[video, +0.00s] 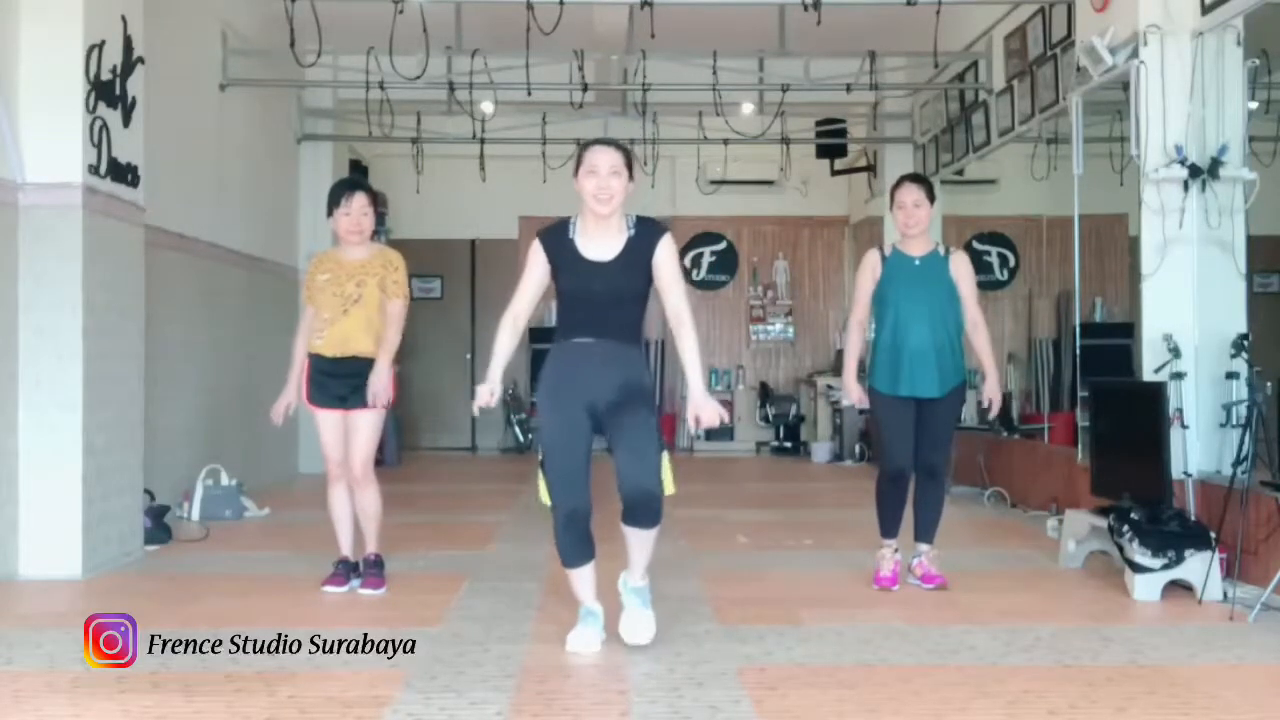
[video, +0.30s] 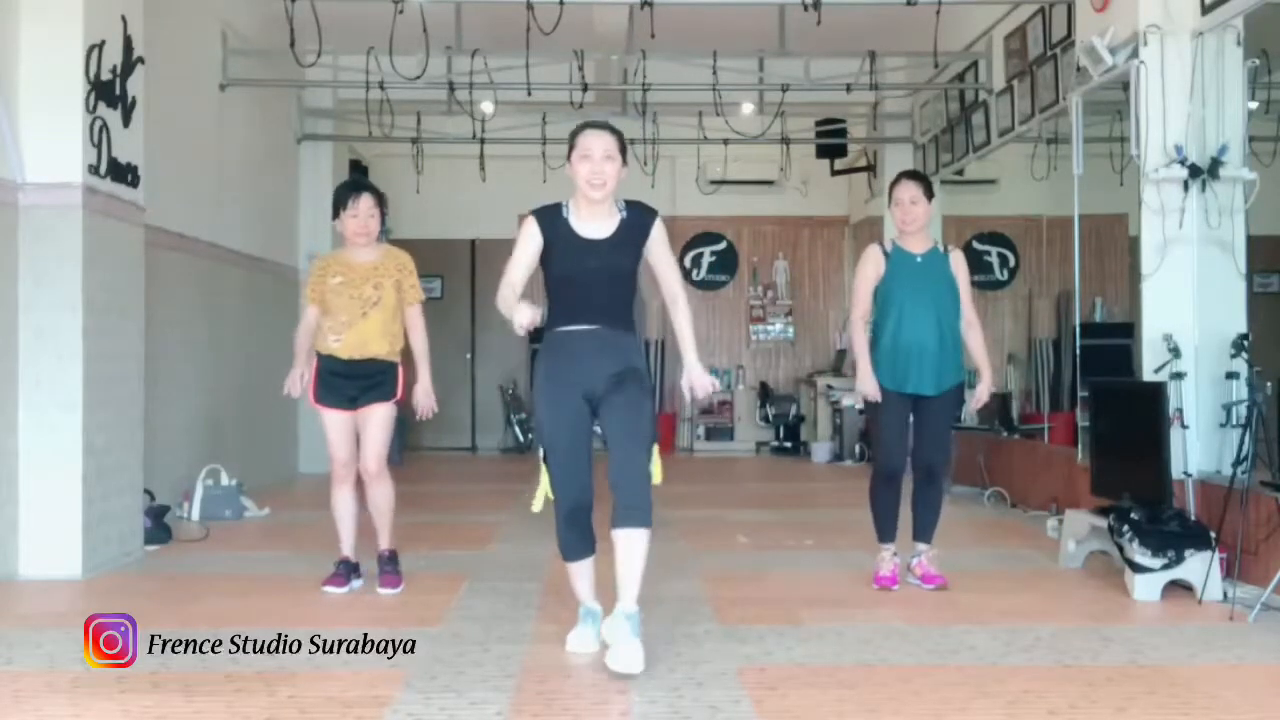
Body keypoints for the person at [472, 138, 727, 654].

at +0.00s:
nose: (603, 183)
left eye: (614, 174)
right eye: (592, 173)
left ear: (629, 183)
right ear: (576, 181)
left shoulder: (652, 240)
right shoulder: (550, 243)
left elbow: (679, 317)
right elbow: (518, 314)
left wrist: (698, 390)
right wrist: (494, 375)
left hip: (628, 379)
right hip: (563, 380)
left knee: (643, 490)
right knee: (569, 503)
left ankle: (636, 585)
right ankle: (589, 611)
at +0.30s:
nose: (596, 167)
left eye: (607, 158)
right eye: (586, 157)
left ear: (623, 167)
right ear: (569, 164)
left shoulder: (644, 223)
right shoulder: (541, 223)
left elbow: (676, 296)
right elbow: (506, 294)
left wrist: (692, 364)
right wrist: (519, 311)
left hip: (624, 364)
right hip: (560, 364)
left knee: (633, 483)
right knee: (572, 496)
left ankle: (626, 615)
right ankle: (588, 612)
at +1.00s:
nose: (589, 180)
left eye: (599, 171)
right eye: (579, 171)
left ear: (615, 183)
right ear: (561, 181)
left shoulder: (640, 243)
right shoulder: (538, 249)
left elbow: (655, 316)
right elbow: (522, 326)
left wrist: (668, 378)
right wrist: (530, 381)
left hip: (625, 385)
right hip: (558, 387)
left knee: (645, 475)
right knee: (566, 503)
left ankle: (639, 595)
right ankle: (590, 611)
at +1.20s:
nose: (592, 163)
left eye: (603, 154)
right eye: (580, 153)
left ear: (618, 164)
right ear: (564, 162)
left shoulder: (641, 220)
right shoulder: (538, 227)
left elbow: (671, 290)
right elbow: (514, 307)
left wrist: (662, 311)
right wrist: (504, 381)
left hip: (626, 366)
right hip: (562, 368)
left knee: (651, 489)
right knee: (575, 494)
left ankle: (636, 565)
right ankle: (588, 609)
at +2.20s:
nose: (590, 168)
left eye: (601, 158)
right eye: (579, 158)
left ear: (616, 167)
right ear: (561, 165)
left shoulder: (637, 226)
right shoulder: (535, 230)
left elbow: (663, 300)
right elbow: (512, 307)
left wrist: (683, 371)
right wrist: (529, 319)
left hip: (626, 368)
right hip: (561, 369)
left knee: (644, 481)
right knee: (575, 498)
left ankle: (639, 618)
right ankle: (590, 612)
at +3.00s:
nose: (590, 175)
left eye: (600, 167)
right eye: (579, 166)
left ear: (615, 178)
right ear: (562, 177)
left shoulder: (640, 237)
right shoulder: (537, 245)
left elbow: (664, 304)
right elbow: (520, 327)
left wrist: (669, 339)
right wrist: (519, 397)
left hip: (624, 380)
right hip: (558, 382)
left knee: (658, 472)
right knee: (570, 504)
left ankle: (646, 584)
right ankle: (590, 612)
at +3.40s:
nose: (588, 179)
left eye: (599, 171)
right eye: (577, 170)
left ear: (615, 182)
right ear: (560, 180)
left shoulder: (637, 236)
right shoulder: (537, 242)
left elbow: (682, 298)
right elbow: (481, 301)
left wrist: (660, 267)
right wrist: (457, 380)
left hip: (627, 380)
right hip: (562, 384)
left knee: (661, 484)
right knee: (568, 502)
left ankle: (655, 574)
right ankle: (590, 611)